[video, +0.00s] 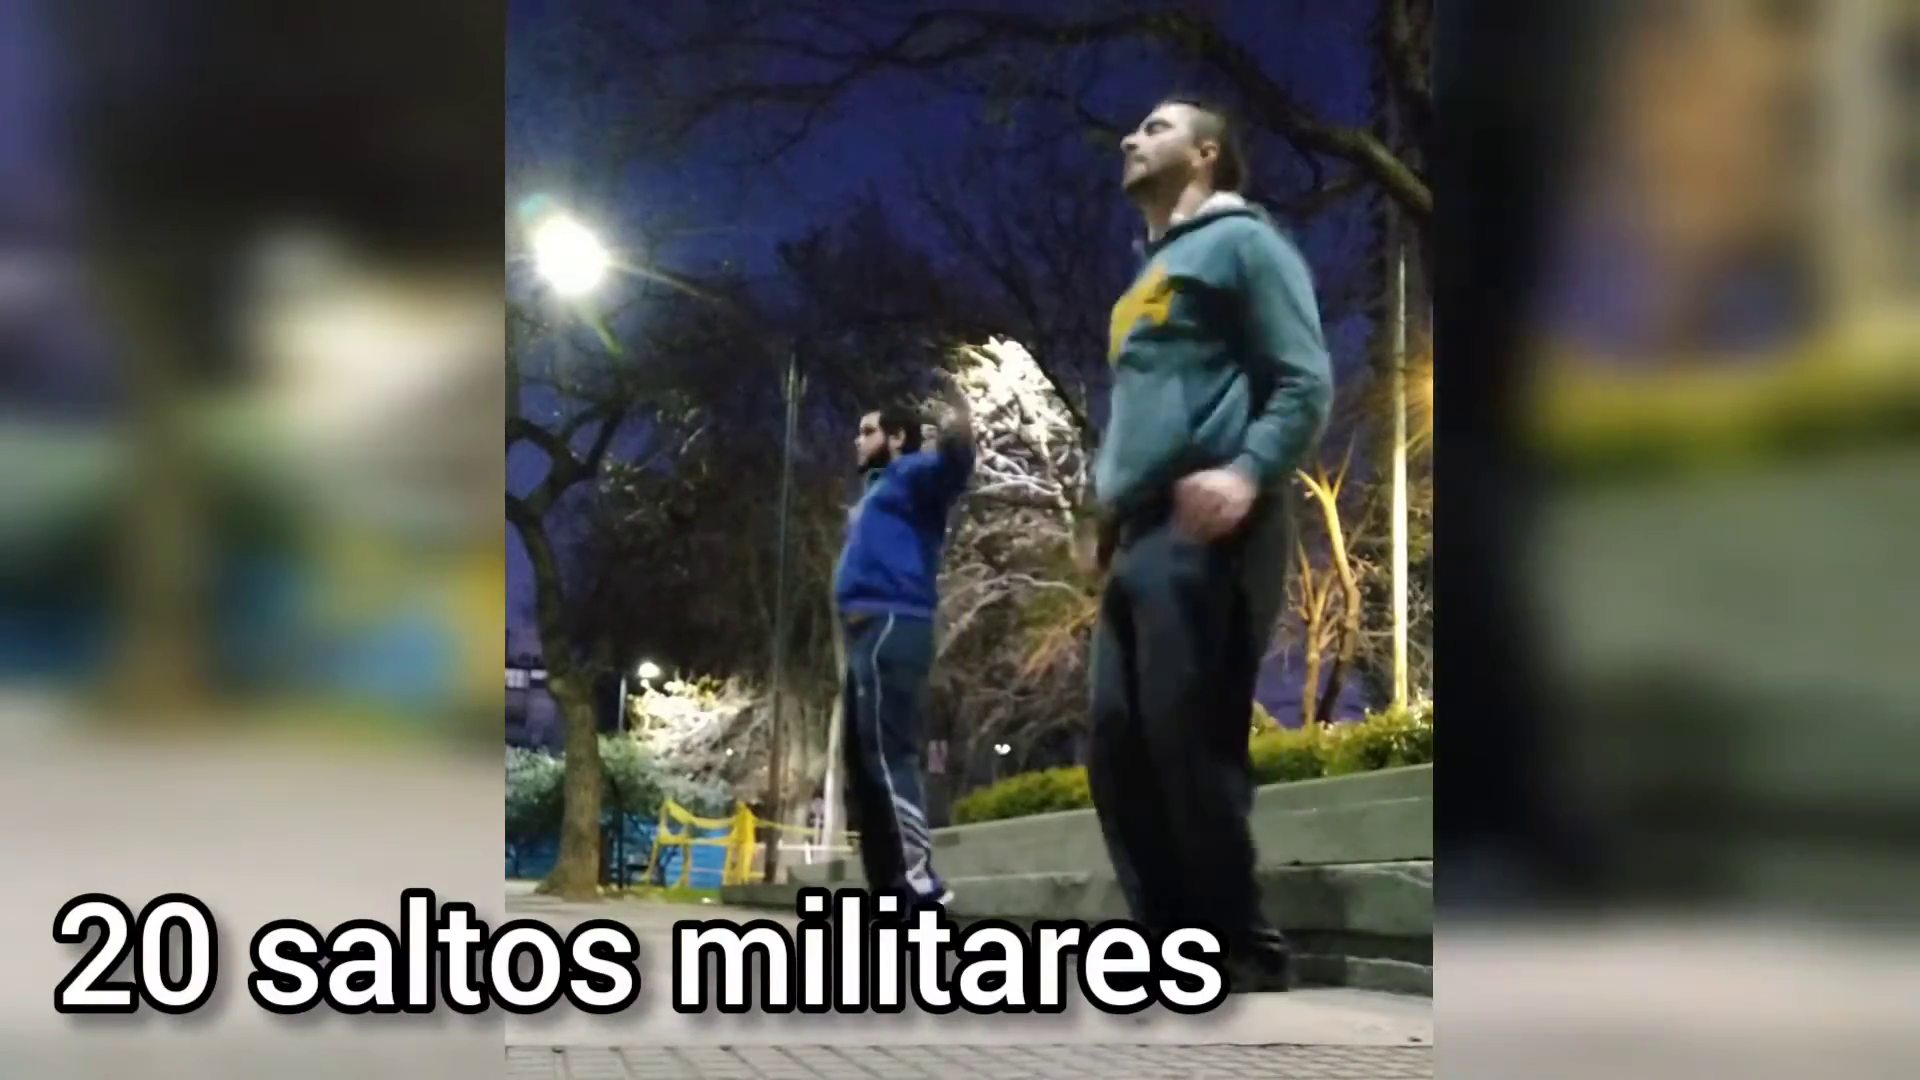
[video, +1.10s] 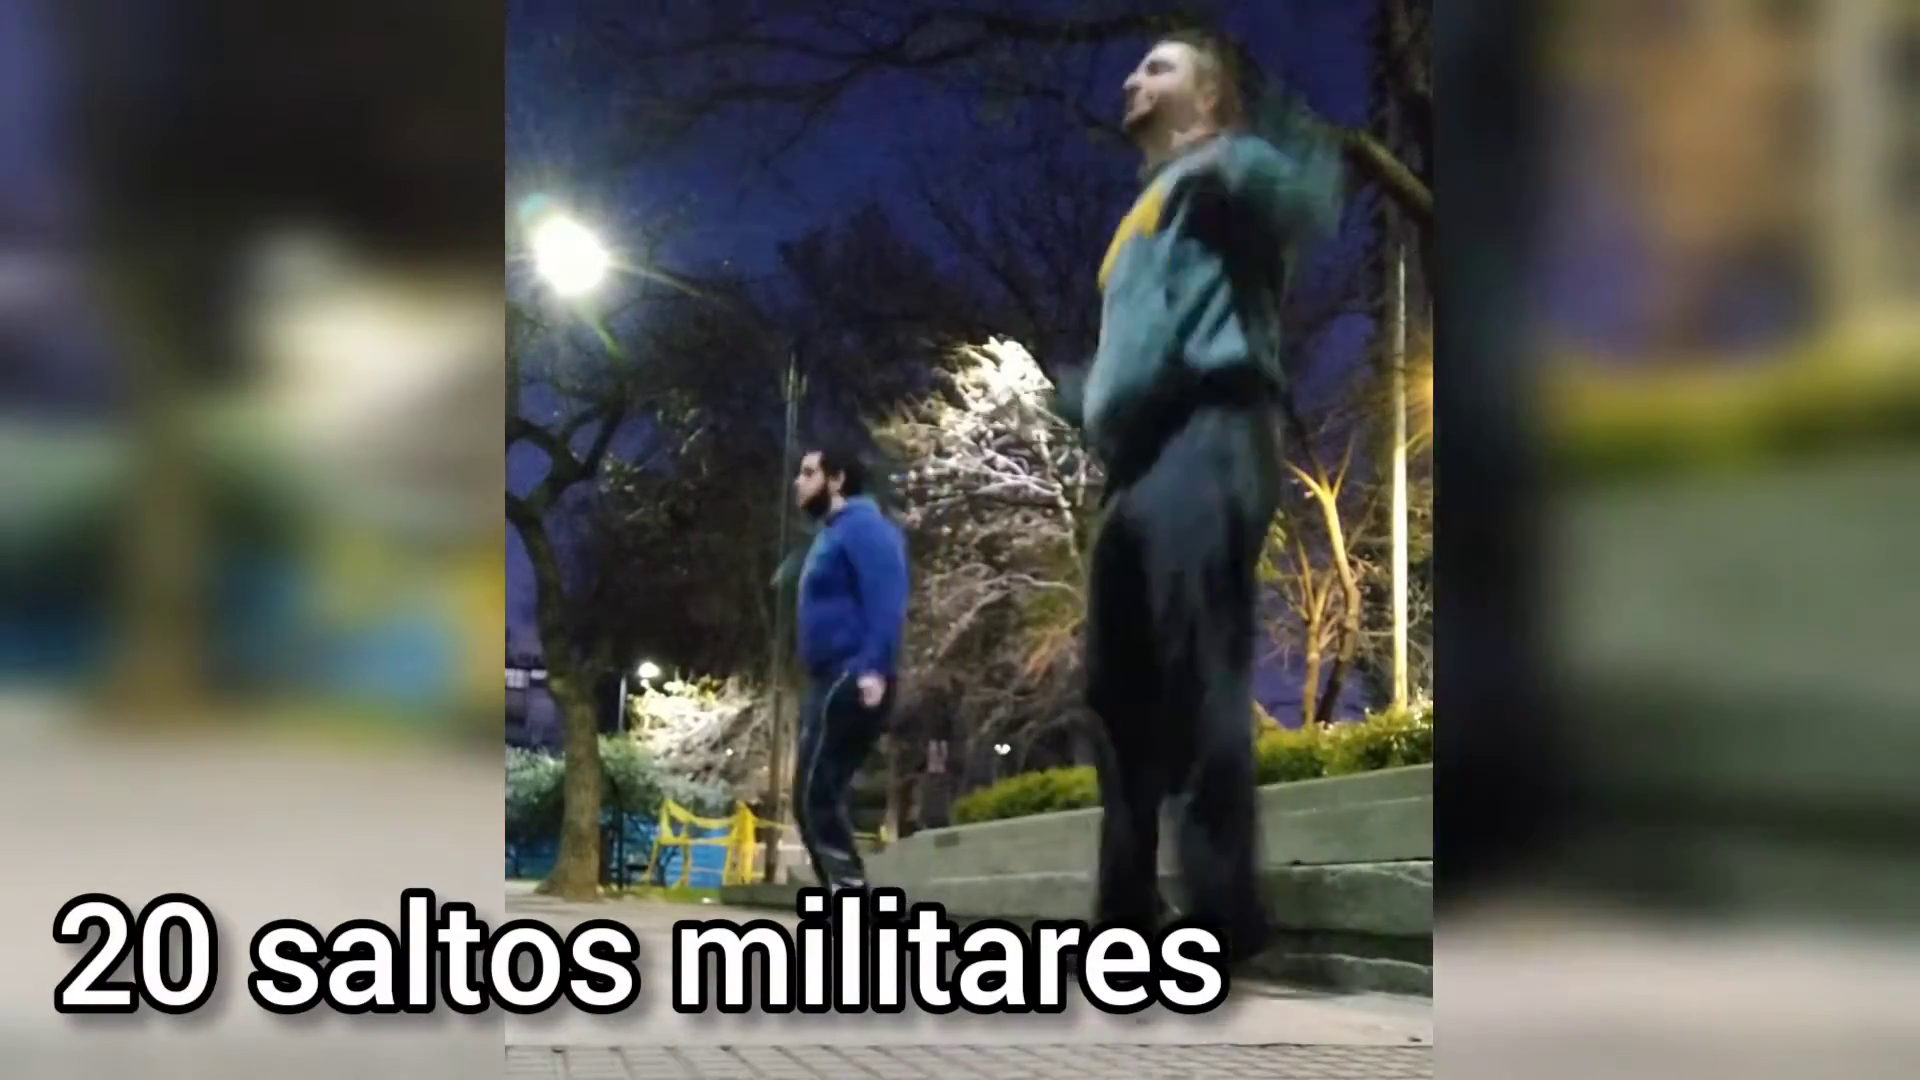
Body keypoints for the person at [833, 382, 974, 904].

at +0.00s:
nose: (858, 439)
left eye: (867, 430)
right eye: (859, 431)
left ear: (897, 438)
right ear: (881, 440)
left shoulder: (914, 474)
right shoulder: (878, 488)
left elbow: (955, 456)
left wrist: (959, 408)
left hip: (894, 623)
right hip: (866, 624)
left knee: (886, 754)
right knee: (863, 760)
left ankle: (919, 885)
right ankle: (889, 884)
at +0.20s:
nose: (849, 478)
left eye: (858, 470)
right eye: (850, 469)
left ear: (886, 477)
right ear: (877, 478)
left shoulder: (908, 521)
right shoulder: (872, 527)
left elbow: (930, 586)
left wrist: (925, 657)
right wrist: (854, 669)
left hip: (894, 671)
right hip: (863, 674)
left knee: (868, 795)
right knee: (851, 798)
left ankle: (909, 896)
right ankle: (895, 893)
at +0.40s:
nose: (848, 438)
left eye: (858, 430)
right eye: (849, 430)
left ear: (886, 438)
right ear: (862, 442)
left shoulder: (901, 480)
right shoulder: (858, 492)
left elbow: (922, 514)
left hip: (885, 625)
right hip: (852, 628)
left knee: (880, 749)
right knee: (858, 758)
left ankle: (915, 877)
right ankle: (883, 882)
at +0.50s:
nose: (839, 445)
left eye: (849, 437)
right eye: (840, 439)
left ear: (878, 446)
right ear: (858, 453)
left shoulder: (897, 489)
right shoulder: (853, 497)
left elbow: (919, 428)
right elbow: (835, 499)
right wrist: (852, 465)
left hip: (884, 634)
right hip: (848, 637)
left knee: (884, 757)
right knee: (852, 765)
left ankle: (918, 879)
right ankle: (857, 879)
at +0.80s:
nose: (823, 454)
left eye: (832, 445)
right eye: (823, 446)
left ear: (861, 448)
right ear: (843, 454)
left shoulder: (883, 489)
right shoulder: (845, 498)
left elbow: (900, 437)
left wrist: (893, 368)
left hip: (868, 627)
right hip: (833, 631)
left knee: (866, 759)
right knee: (836, 767)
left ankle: (897, 880)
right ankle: (853, 878)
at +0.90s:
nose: (819, 443)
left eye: (828, 433)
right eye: (818, 435)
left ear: (858, 438)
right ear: (838, 442)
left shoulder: (874, 476)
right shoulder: (838, 487)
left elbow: (895, 472)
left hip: (862, 621)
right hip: (829, 625)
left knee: (857, 751)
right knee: (830, 756)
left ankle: (882, 879)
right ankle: (852, 876)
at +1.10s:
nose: (798, 482)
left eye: (807, 473)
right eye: (800, 473)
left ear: (836, 479)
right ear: (828, 480)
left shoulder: (862, 524)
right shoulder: (832, 531)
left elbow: (885, 594)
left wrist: (873, 666)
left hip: (853, 676)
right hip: (825, 677)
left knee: (818, 797)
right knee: (809, 797)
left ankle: (848, 889)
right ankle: (838, 889)